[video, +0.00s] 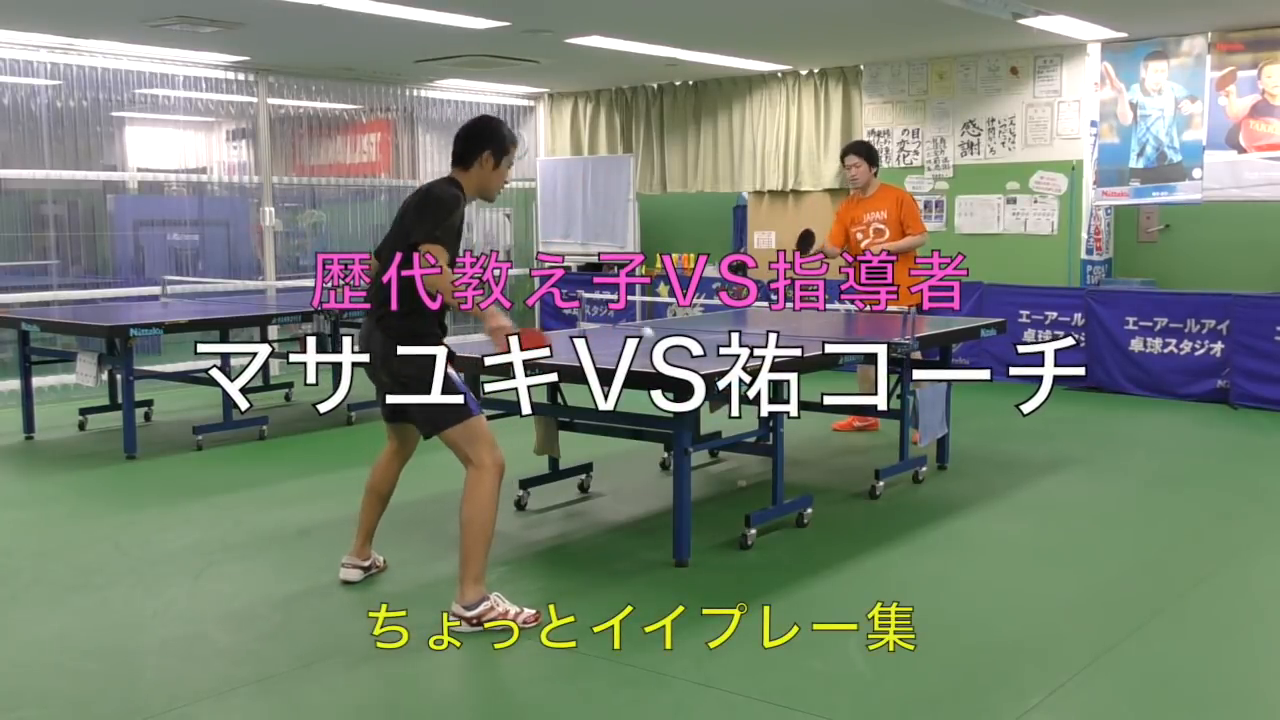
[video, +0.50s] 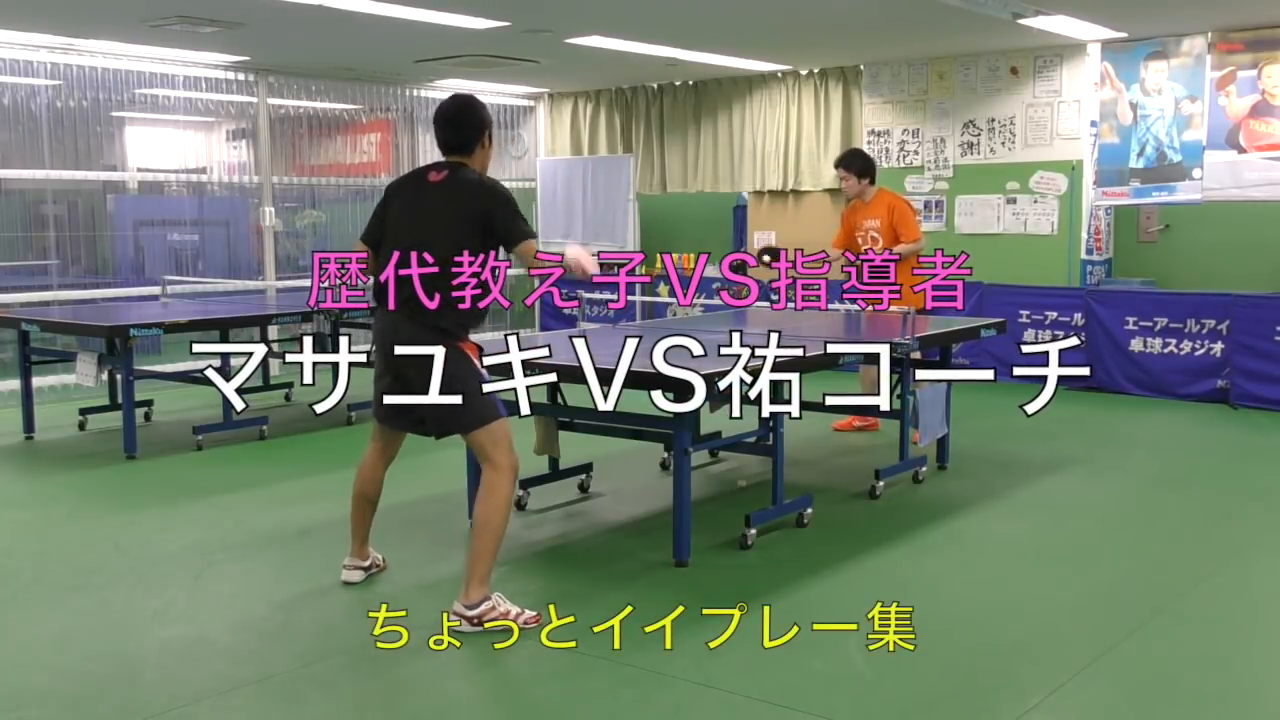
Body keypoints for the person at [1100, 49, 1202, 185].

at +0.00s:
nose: (1159, 76)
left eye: (1163, 71)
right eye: (1155, 71)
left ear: (1168, 73)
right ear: (1144, 72)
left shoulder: (1173, 89)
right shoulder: (1135, 91)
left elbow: (1199, 105)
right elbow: (1125, 120)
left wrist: (1191, 107)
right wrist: (1121, 94)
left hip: (1171, 161)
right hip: (1141, 163)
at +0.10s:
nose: (1159, 76)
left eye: (1163, 71)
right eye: (1155, 71)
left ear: (1168, 73)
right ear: (1144, 72)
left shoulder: (1174, 89)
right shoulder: (1135, 91)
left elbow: (1199, 105)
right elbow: (1125, 120)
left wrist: (1191, 107)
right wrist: (1121, 94)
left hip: (1171, 161)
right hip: (1141, 163)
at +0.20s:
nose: (1159, 76)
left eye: (1163, 71)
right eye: (1155, 71)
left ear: (1168, 73)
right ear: (1144, 72)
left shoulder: (1174, 89)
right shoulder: (1135, 91)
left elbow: (1199, 105)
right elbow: (1125, 121)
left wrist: (1191, 107)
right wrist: (1121, 94)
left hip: (1171, 161)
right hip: (1141, 163)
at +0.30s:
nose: (1159, 76)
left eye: (1163, 71)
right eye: (1155, 71)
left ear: (1168, 73)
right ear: (1144, 72)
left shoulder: (1174, 89)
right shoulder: (1135, 91)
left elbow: (1199, 105)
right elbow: (1125, 120)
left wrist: (1191, 107)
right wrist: (1121, 94)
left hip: (1171, 161)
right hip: (1141, 163)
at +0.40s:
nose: (1159, 76)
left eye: (1163, 71)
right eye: (1155, 71)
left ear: (1168, 73)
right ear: (1144, 72)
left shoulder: (1174, 89)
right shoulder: (1135, 91)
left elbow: (1199, 105)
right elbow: (1125, 120)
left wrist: (1191, 107)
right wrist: (1121, 94)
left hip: (1171, 161)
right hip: (1141, 163)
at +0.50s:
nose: (1159, 76)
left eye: (1163, 71)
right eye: (1155, 71)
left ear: (1168, 72)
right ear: (1144, 72)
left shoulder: (1174, 89)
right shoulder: (1135, 91)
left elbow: (1199, 105)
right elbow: (1125, 120)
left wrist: (1191, 107)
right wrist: (1121, 94)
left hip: (1171, 161)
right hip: (1141, 163)